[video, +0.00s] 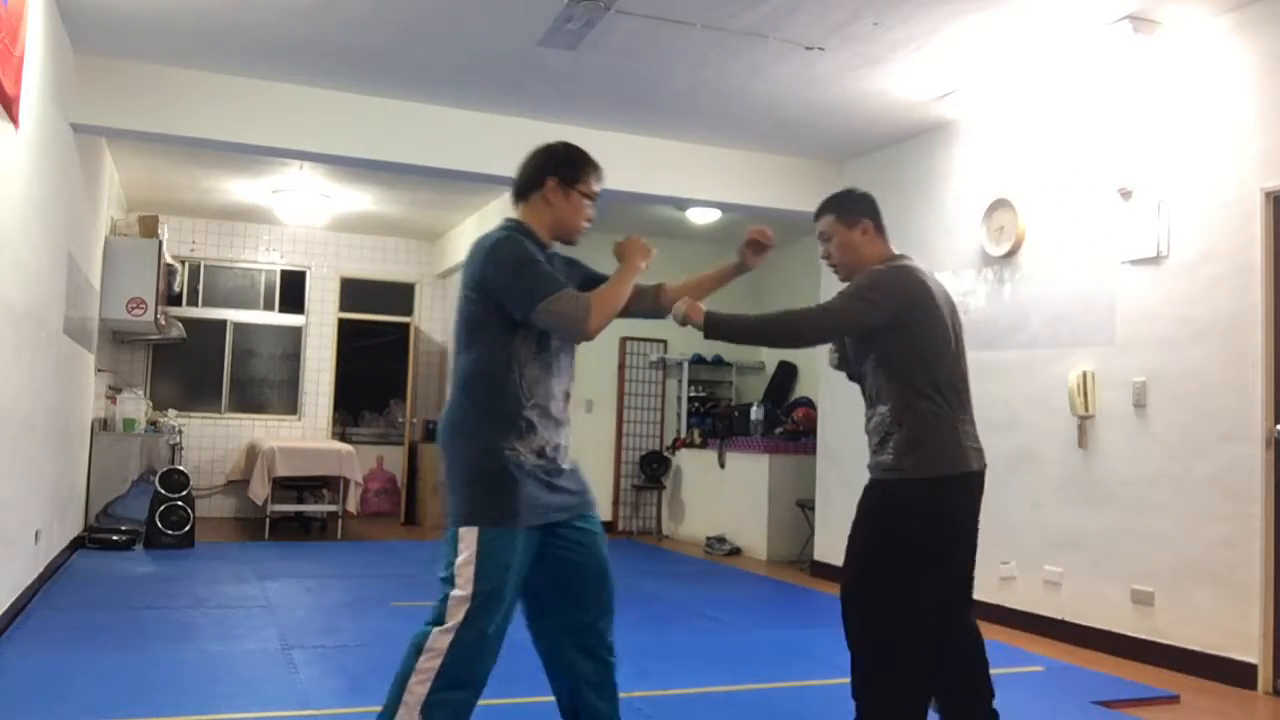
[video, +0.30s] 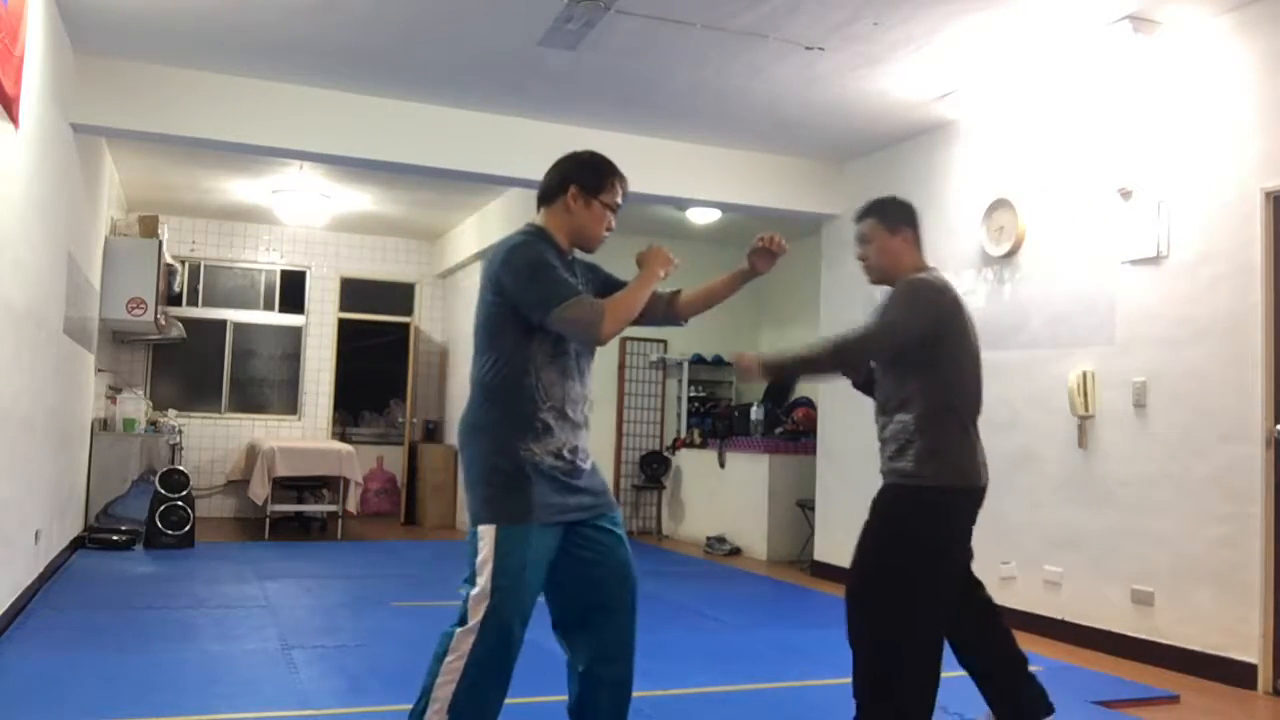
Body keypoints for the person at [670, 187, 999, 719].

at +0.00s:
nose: (823, 254)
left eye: (828, 239)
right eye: (819, 243)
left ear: (865, 229)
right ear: (868, 235)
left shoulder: (888, 280)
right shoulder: (922, 284)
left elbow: (808, 326)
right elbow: (899, 382)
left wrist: (709, 320)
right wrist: (847, 356)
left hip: (912, 476)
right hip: (953, 472)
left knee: (871, 608)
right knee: (944, 614)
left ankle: (888, 713)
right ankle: (972, 712)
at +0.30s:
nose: (860, 255)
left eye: (867, 242)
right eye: (858, 245)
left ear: (902, 238)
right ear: (903, 243)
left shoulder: (920, 294)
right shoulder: (931, 299)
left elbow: (853, 347)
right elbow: (904, 393)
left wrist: (775, 365)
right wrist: (855, 367)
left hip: (922, 482)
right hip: (945, 480)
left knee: (877, 603)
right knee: (953, 594)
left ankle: (887, 715)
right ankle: (1024, 706)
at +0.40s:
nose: (888, 261)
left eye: (894, 248)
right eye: (887, 251)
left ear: (930, 245)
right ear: (925, 250)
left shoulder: (942, 306)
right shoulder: (956, 306)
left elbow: (922, 391)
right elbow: (937, 397)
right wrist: (891, 394)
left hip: (937, 491)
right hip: (959, 489)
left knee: (902, 621)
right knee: (974, 611)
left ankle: (890, 715)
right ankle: (1036, 713)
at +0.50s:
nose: (909, 260)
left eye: (918, 249)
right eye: (908, 251)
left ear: (954, 250)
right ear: (944, 255)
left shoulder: (972, 310)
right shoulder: (953, 311)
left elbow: (983, 397)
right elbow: (963, 395)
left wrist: (923, 455)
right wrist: (915, 408)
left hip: (967, 492)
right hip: (962, 488)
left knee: (924, 614)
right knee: (992, 620)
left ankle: (890, 712)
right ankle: (1038, 711)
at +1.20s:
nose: (952, 238)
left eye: (964, 228)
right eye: (953, 230)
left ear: (1001, 234)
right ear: (979, 239)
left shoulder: (1025, 297)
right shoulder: (971, 309)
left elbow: (1029, 375)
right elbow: (981, 383)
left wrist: (944, 381)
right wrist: (939, 385)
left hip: (1002, 478)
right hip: (968, 476)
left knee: (964, 600)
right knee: (1003, 597)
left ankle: (975, 709)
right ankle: (1042, 708)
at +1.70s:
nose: (898, 266)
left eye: (904, 253)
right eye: (895, 257)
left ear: (942, 248)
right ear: (936, 254)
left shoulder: (972, 305)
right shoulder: (929, 323)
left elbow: (937, 365)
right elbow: (907, 395)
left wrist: (866, 335)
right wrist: (874, 345)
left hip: (958, 485)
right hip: (931, 486)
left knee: (890, 587)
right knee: (979, 618)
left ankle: (891, 711)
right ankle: (1017, 713)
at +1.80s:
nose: (872, 267)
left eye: (880, 253)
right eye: (869, 257)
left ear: (918, 250)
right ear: (907, 256)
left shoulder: (940, 306)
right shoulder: (912, 320)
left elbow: (894, 345)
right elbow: (890, 404)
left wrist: (819, 301)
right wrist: (853, 368)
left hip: (931, 491)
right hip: (913, 491)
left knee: (868, 598)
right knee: (968, 624)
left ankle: (863, 711)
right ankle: (1016, 713)